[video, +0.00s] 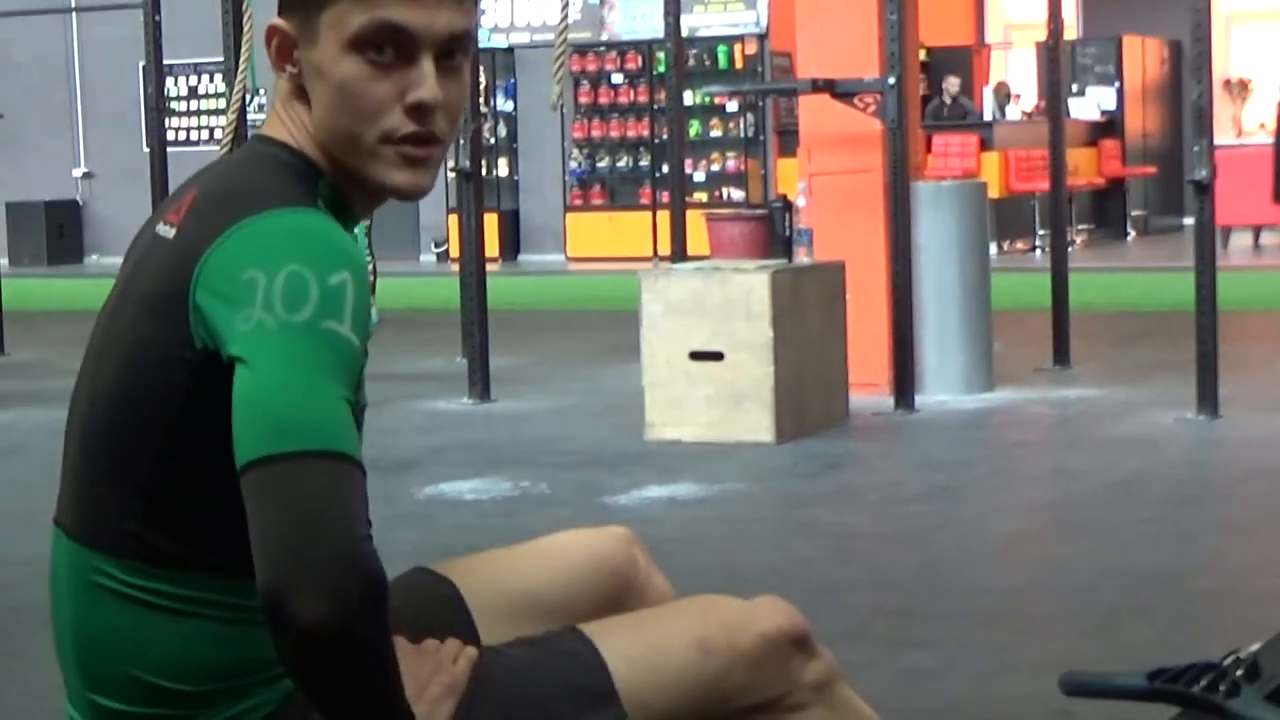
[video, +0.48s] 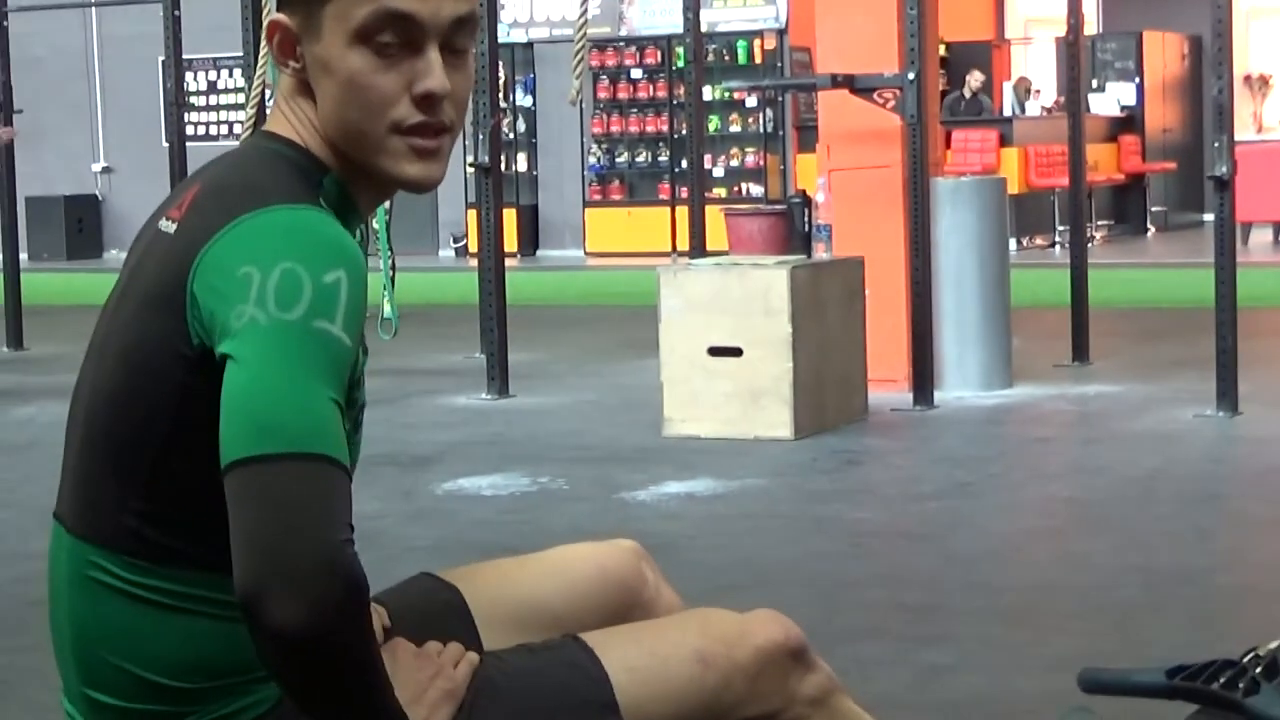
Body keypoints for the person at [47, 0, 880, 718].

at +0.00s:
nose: (430, 96)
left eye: (453, 58)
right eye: (385, 53)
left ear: (474, 70)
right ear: (288, 59)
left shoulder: (256, 205)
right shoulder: (294, 244)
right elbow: (320, 598)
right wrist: (395, 711)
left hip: (228, 660)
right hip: (254, 702)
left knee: (613, 563)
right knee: (770, 644)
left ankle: (720, 705)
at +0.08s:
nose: (429, 87)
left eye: (452, 50)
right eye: (383, 45)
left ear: (474, 62)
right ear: (287, 53)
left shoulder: (253, 202)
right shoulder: (294, 241)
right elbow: (321, 590)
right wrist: (395, 712)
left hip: (226, 661)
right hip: (252, 704)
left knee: (614, 563)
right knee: (773, 644)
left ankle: (723, 707)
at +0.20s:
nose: (429, 86)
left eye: (452, 48)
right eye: (382, 44)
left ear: (474, 61)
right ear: (286, 53)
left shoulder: (269, 203)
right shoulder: (290, 240)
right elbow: (317, 593)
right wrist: (393, 708)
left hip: (230, 661)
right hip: (250, 702)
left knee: (615, 567)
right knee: (767, 646)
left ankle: (723, 706)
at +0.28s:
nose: (431, 87)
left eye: (453, 49)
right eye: (383, 44)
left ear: (475, 61)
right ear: (287, 52)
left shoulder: (263, 204)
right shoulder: (287, 241)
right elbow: (307, 592)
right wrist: (388, 713)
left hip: (230, 666)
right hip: (242, 707)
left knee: (615, 570)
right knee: (765, 649)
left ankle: (721, 709)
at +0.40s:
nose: (435, 86)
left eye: (455, 48)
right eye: (387, 43)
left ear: (475, 60)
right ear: (289, 53)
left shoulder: (255, 203)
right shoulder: (291, 241)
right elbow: (294, 592)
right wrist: (386, 711)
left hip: (210, 668)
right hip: (236, 704)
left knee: (616, 572)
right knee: (766, 654)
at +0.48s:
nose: (438, 86)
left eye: (458, 47)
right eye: (391, 42)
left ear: (478, 60)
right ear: (292, 53)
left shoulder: (257, 203)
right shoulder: (294, 240)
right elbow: (295, 590)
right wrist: (387, 709)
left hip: (213, 667)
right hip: (240, 703)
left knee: (621, 573)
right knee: (767, 654)